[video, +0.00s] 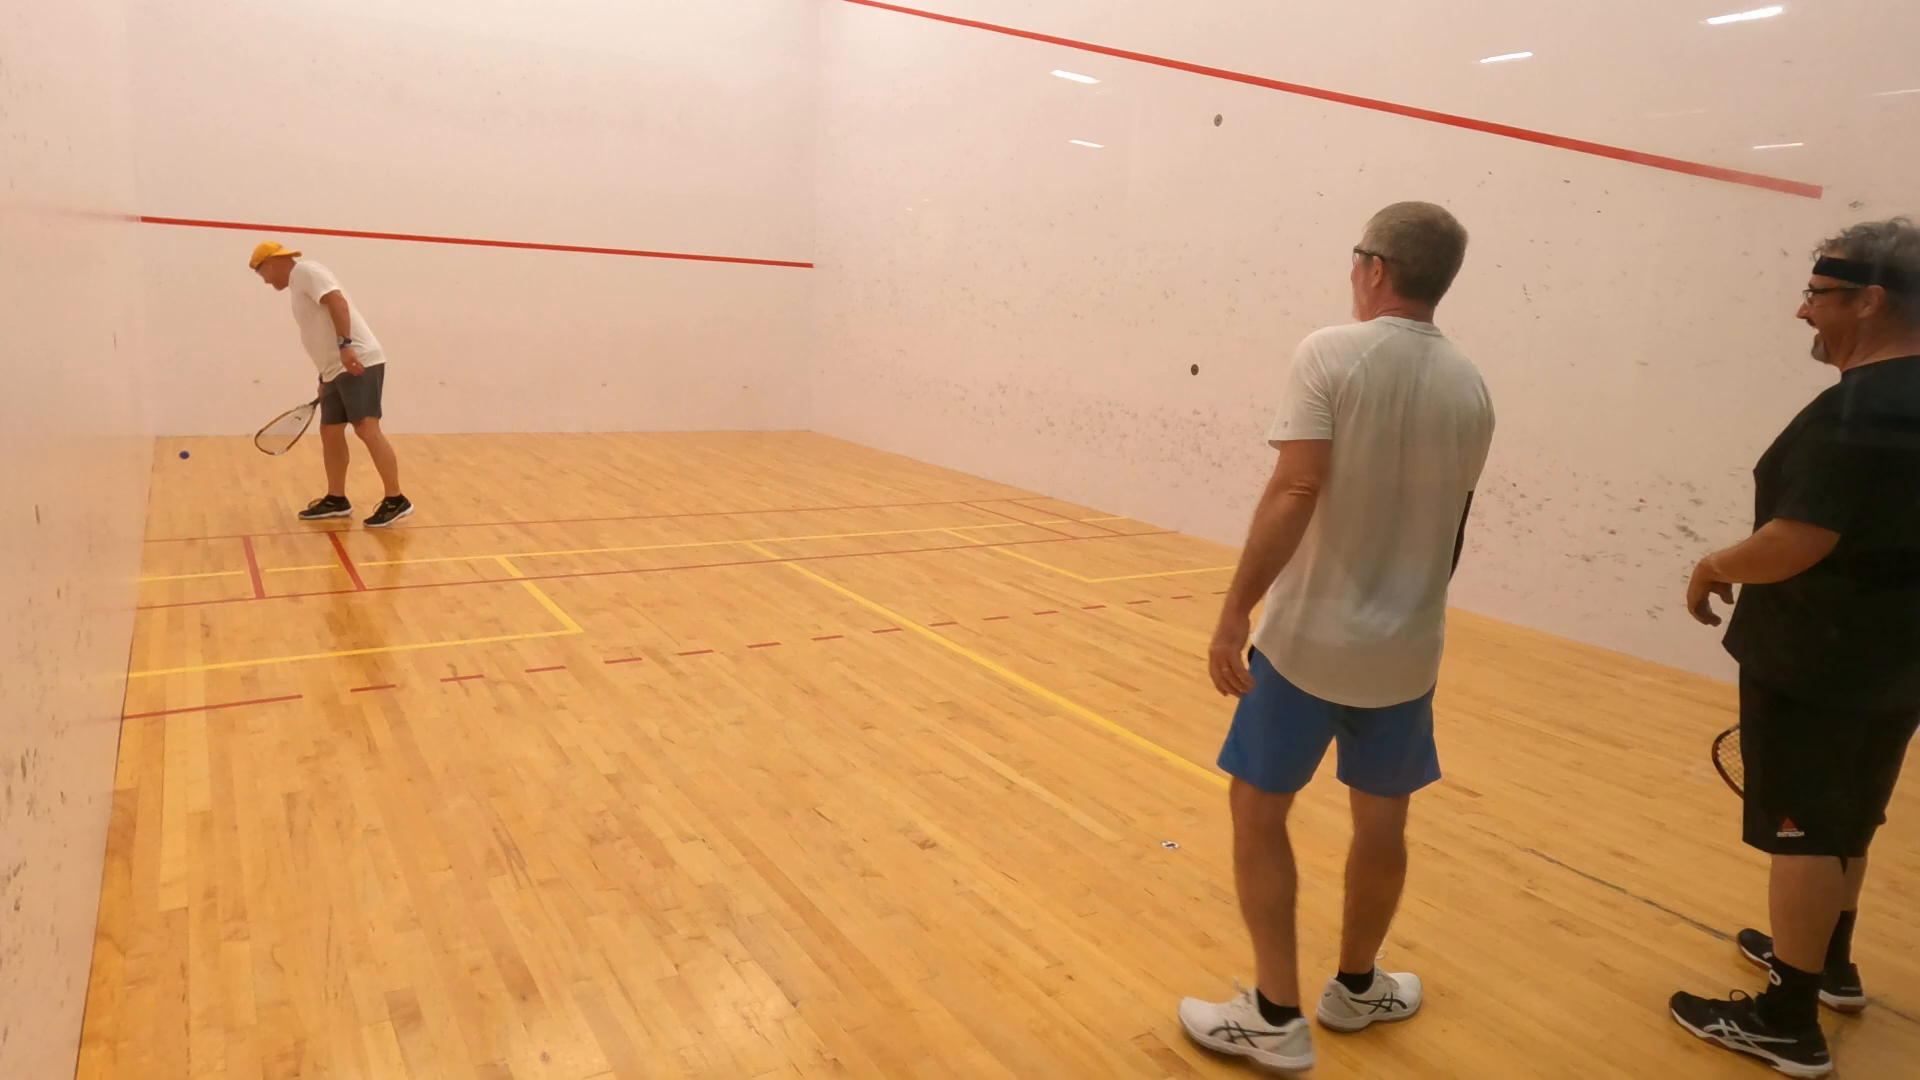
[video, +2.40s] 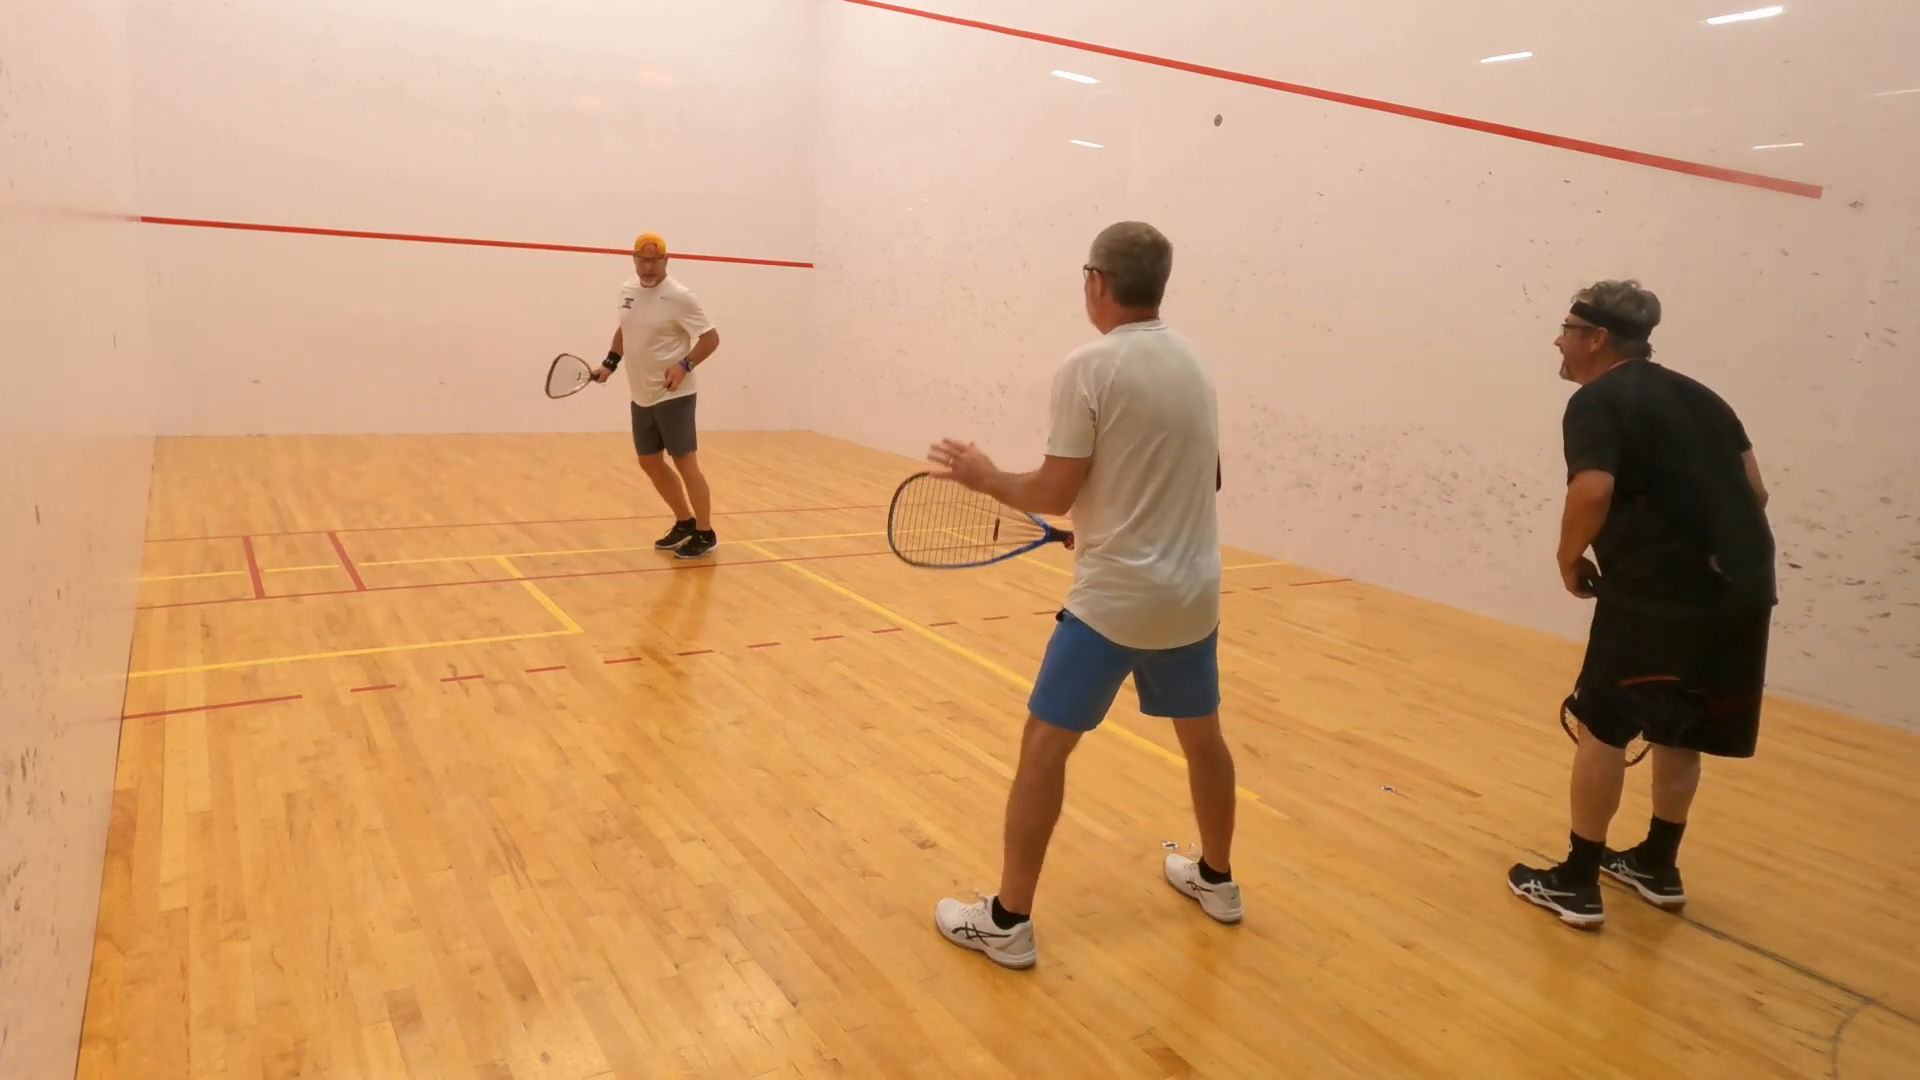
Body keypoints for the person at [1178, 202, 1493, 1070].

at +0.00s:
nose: (1351, 275)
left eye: (1357, 263)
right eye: (1358, 260)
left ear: (1375, 273)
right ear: (1441, 283)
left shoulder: (1332, 355)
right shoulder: (1470, 388)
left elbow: (1295, 489)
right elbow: (1450, 528)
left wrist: (1236, 607)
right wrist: (1404, 619)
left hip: (1309, 641)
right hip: (1408, 652)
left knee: (1258, 809)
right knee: (1382, 814)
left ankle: (1277, 1013)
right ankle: (1355, 984)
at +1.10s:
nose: (1272, 298)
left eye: (1277, 286)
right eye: (1276, 284)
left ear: (1297, 297)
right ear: (1357, 308)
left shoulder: (1269, 383)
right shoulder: (1387, 400)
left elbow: (1211, 513)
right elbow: (1407, 531)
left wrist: (1153, 594)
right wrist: (1397, 617)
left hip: (1270, 645)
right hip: (1337, 643)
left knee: (1281, 840)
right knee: (1286, 753)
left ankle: (1335, 1044)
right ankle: (1262, 874)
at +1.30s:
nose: (1249, 306)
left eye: (1254, 294)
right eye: (1255, 294)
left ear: (1270, 301)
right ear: (1325, 314)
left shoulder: (1243, 366)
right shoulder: (1351, 393)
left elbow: (1213, 486)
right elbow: (1359, 518)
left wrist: (1167, 581)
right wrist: (1347, 604)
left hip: (1246, 615)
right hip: (1320, 619)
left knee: (1181, 778)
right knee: (1267, 741)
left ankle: (1280, 962)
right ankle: (1239, 873)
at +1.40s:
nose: (1234, 312)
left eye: (1238, 300)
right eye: (1238, 300)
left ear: (1255, 306)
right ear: (1307, 318)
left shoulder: (1232, 361)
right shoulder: (1333, 394)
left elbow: (1203, 471)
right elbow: (1341, 512)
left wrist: (1159, 571)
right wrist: (1325, 595)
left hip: (1235, 602)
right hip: (1311, 610)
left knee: (1149, 754)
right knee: (1262, 733)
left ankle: (1215, 940)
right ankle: (1251, 876)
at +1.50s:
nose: (1214, 321)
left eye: (1218, 309)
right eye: (1219, 310)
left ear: (1233, 311)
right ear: (1284, 322)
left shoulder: (1216, 360)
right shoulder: (1312, 392)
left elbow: (1195, 462)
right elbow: (1323, 521)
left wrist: (1155, 567)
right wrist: (1289, 604)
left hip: (1226, 597)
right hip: (1301, 605)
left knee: (1136, 747)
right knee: (1257, 730)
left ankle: (1132, 942)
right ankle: (1251, 877)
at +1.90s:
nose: (1090, 316)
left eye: (1093, 305)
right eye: (1094, 304)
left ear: (1108, 308)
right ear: (1167, 315)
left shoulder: (1097, 379)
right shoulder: (1207, 390)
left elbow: (1070, 499)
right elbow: (1237, 514)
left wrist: (1045, 605)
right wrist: (1189, 577)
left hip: (1128, 607)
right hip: (1211, 607)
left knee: (1038, 745)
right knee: (1215, 733)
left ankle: (1008, 918)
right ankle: (1246, 875)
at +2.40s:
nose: (1084, 289)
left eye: (1087, 278)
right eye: (1088, 277)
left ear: (1099, 285)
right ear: (1161, 288)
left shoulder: (1090, 369)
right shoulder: (1190, 362)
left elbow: (1055, 493)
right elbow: (1193, 483)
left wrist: (986, 477)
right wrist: (1095, 521)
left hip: (1113, 597)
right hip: (1194, 595)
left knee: (1045, 746)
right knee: (1204, 734)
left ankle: (1009, 918)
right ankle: (1217, 877)